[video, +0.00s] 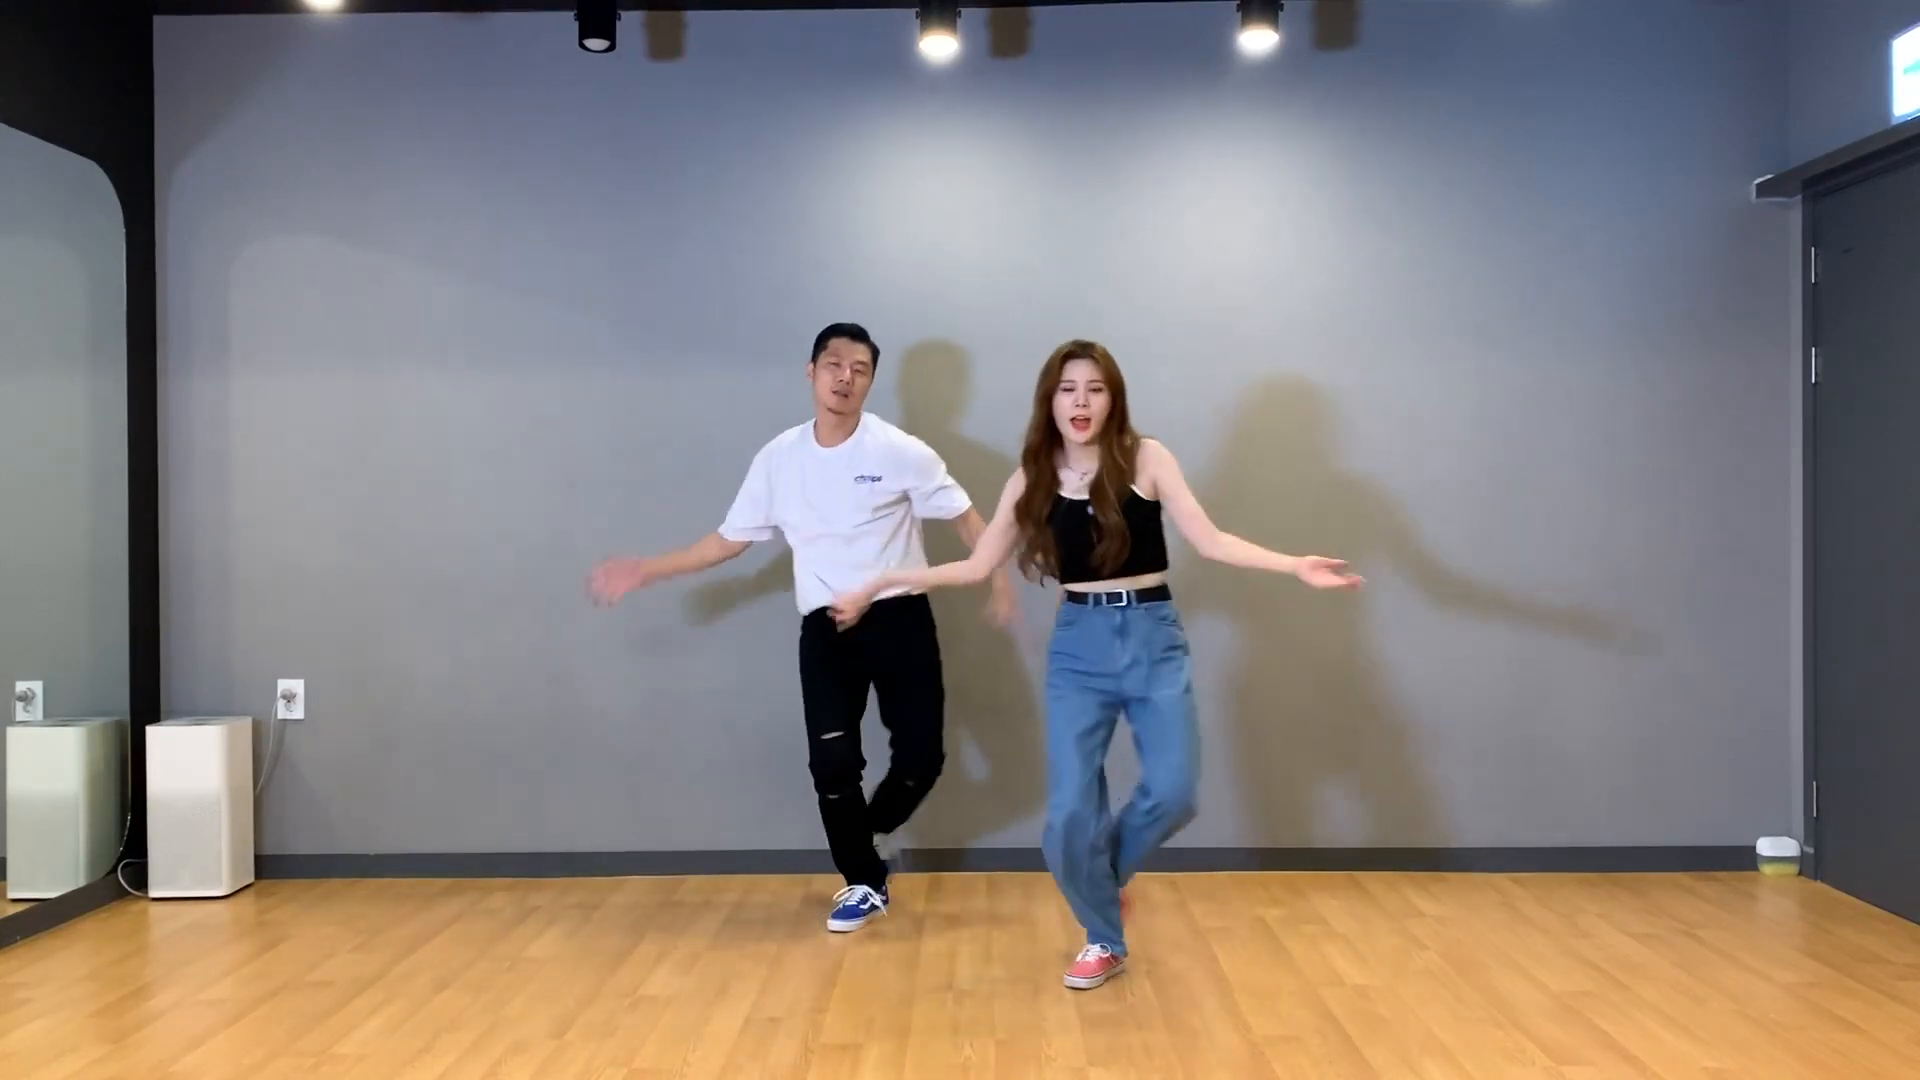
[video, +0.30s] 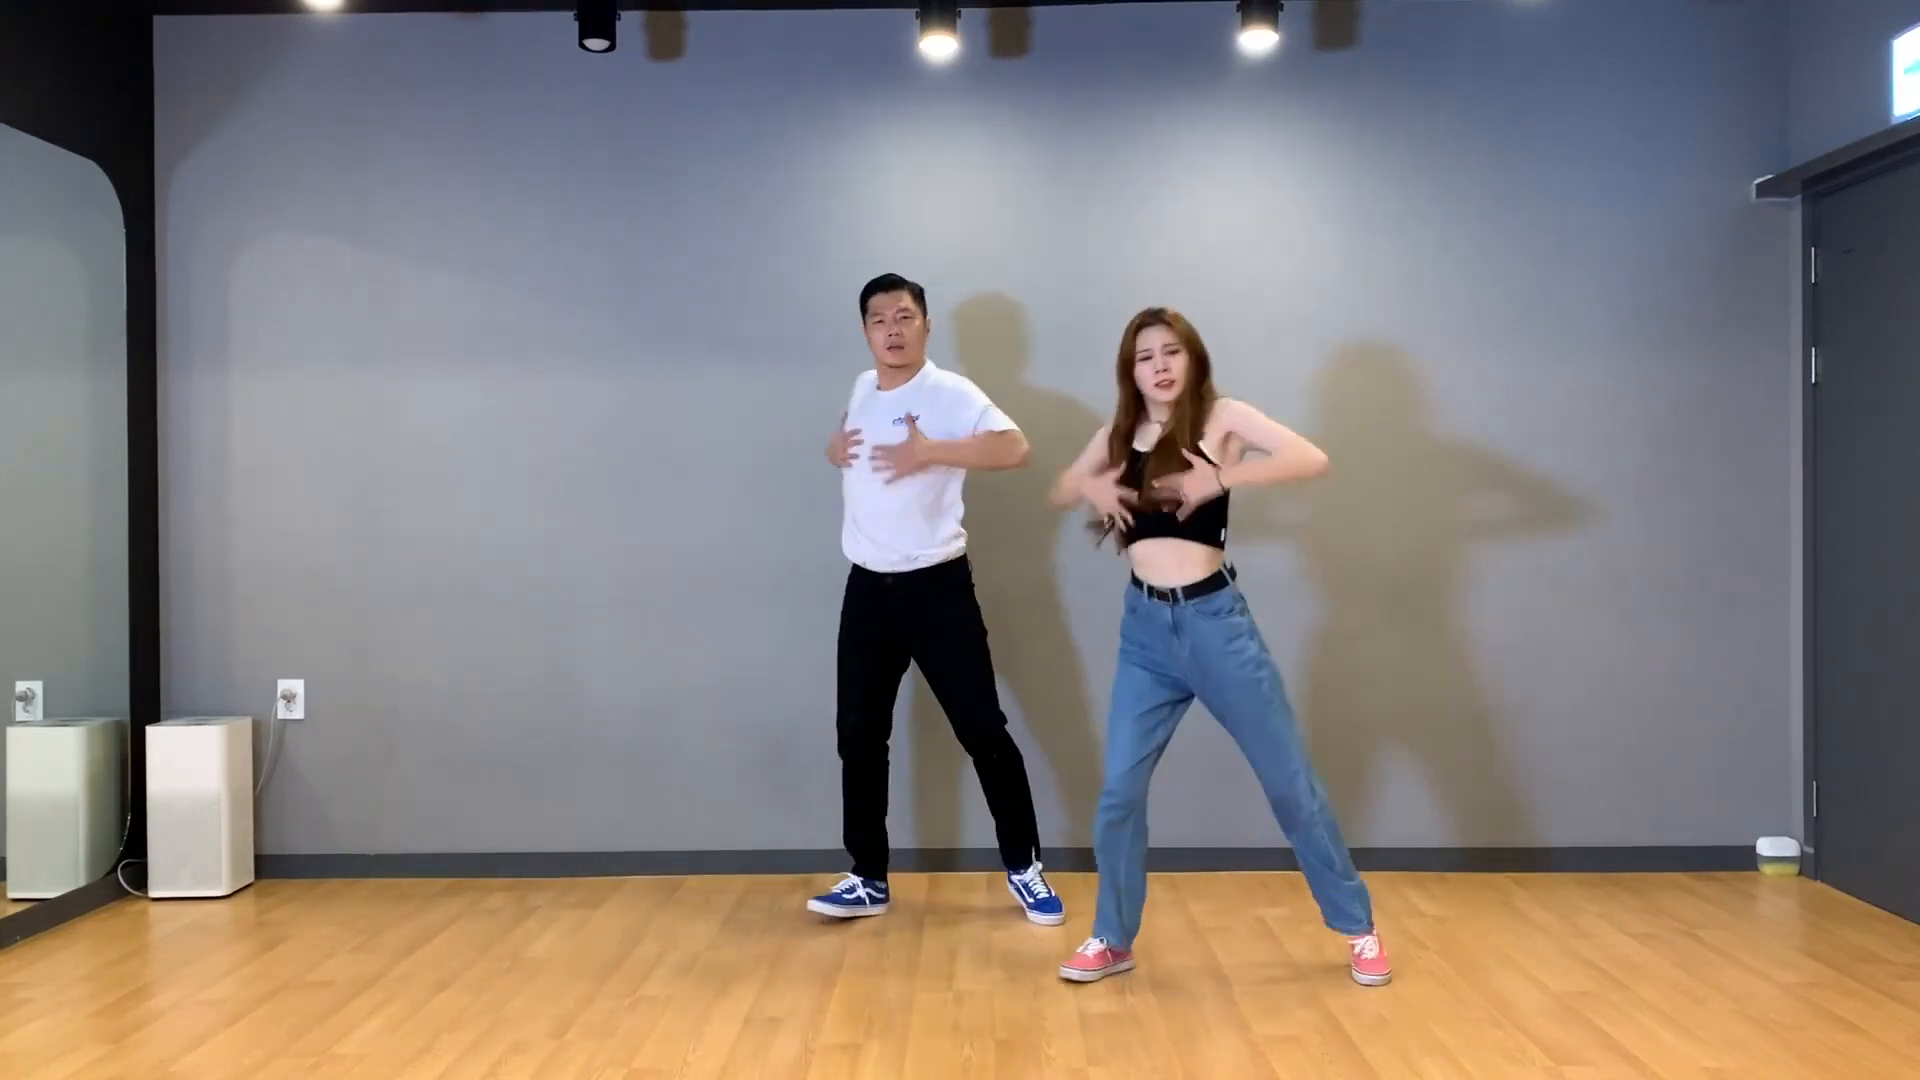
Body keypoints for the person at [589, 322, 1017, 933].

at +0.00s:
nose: (844, 377)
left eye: (859, 369)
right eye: (833, 364)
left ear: (871, 383)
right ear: (811, 373)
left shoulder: (902, 454)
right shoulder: (778, 459)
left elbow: (967, 519)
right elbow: (727, 541)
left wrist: (999, 579)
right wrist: (644, 570)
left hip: (903, 621)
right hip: (827, 627)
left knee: (921, 760)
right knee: (833, 762)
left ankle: (866, 831)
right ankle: (863, 884)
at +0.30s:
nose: (893, 329)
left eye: (904, 317)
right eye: (880, 320)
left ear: (926, 327)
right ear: (867, 333)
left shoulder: (949, 391)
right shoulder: (864, 388)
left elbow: (1014, 449)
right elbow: (865, 440)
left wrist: (927, 452)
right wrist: (840, 448)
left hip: (940, 588)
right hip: (870, 591)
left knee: (983, 731)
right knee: (860, 736)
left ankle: (1024, 869)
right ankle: (868, 879)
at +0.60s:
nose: (921, 368)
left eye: (930, 354)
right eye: (906, 362)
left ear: (952, 361)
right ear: (895, 378)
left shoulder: (981, 423)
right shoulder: (899, 445)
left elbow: (999, 513)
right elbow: (874, 532)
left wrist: (915, 532)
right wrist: (841, 517)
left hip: (977, 615)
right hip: (915, 615)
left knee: (990, 761)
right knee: (849, 741)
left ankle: (1059, 867)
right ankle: (864, 883)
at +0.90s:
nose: (922, 384)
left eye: (931, 367)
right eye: (910, 377)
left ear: (957, 360)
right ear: (903, 385)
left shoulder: (992, 428)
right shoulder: (911, 428)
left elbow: (931, 496)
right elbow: (871, 498)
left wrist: (895, 422)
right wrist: (846, 421)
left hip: (975, 614)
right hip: (915, 611)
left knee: (986, 770)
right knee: (851, 740)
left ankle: (1077, 862)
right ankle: (864, 883)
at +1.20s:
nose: (926, 391)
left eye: (935, 375)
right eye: (913, 384)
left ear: (960, 368)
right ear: (905, 391)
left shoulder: (988, 439)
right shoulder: (922, 437)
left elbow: (922, 517)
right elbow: (893, 502)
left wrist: (907, 435)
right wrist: (860, 427)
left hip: (998, 616)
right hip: (940, 620)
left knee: (1033, 763)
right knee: (863, 737)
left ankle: (1107, 878)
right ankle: (865, 883)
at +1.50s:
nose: (923, 375)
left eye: (933, 360)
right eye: (909, 366)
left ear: (957, 360)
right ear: (899, 375)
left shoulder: (1005, 439)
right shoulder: (884, 437)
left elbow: (1029, 533)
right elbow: (858, 525)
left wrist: (1023, 620)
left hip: (968, 622)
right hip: (892, 618)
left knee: (991, 758)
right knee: (831, 737)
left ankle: (1010, 877)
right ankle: (860, 881)